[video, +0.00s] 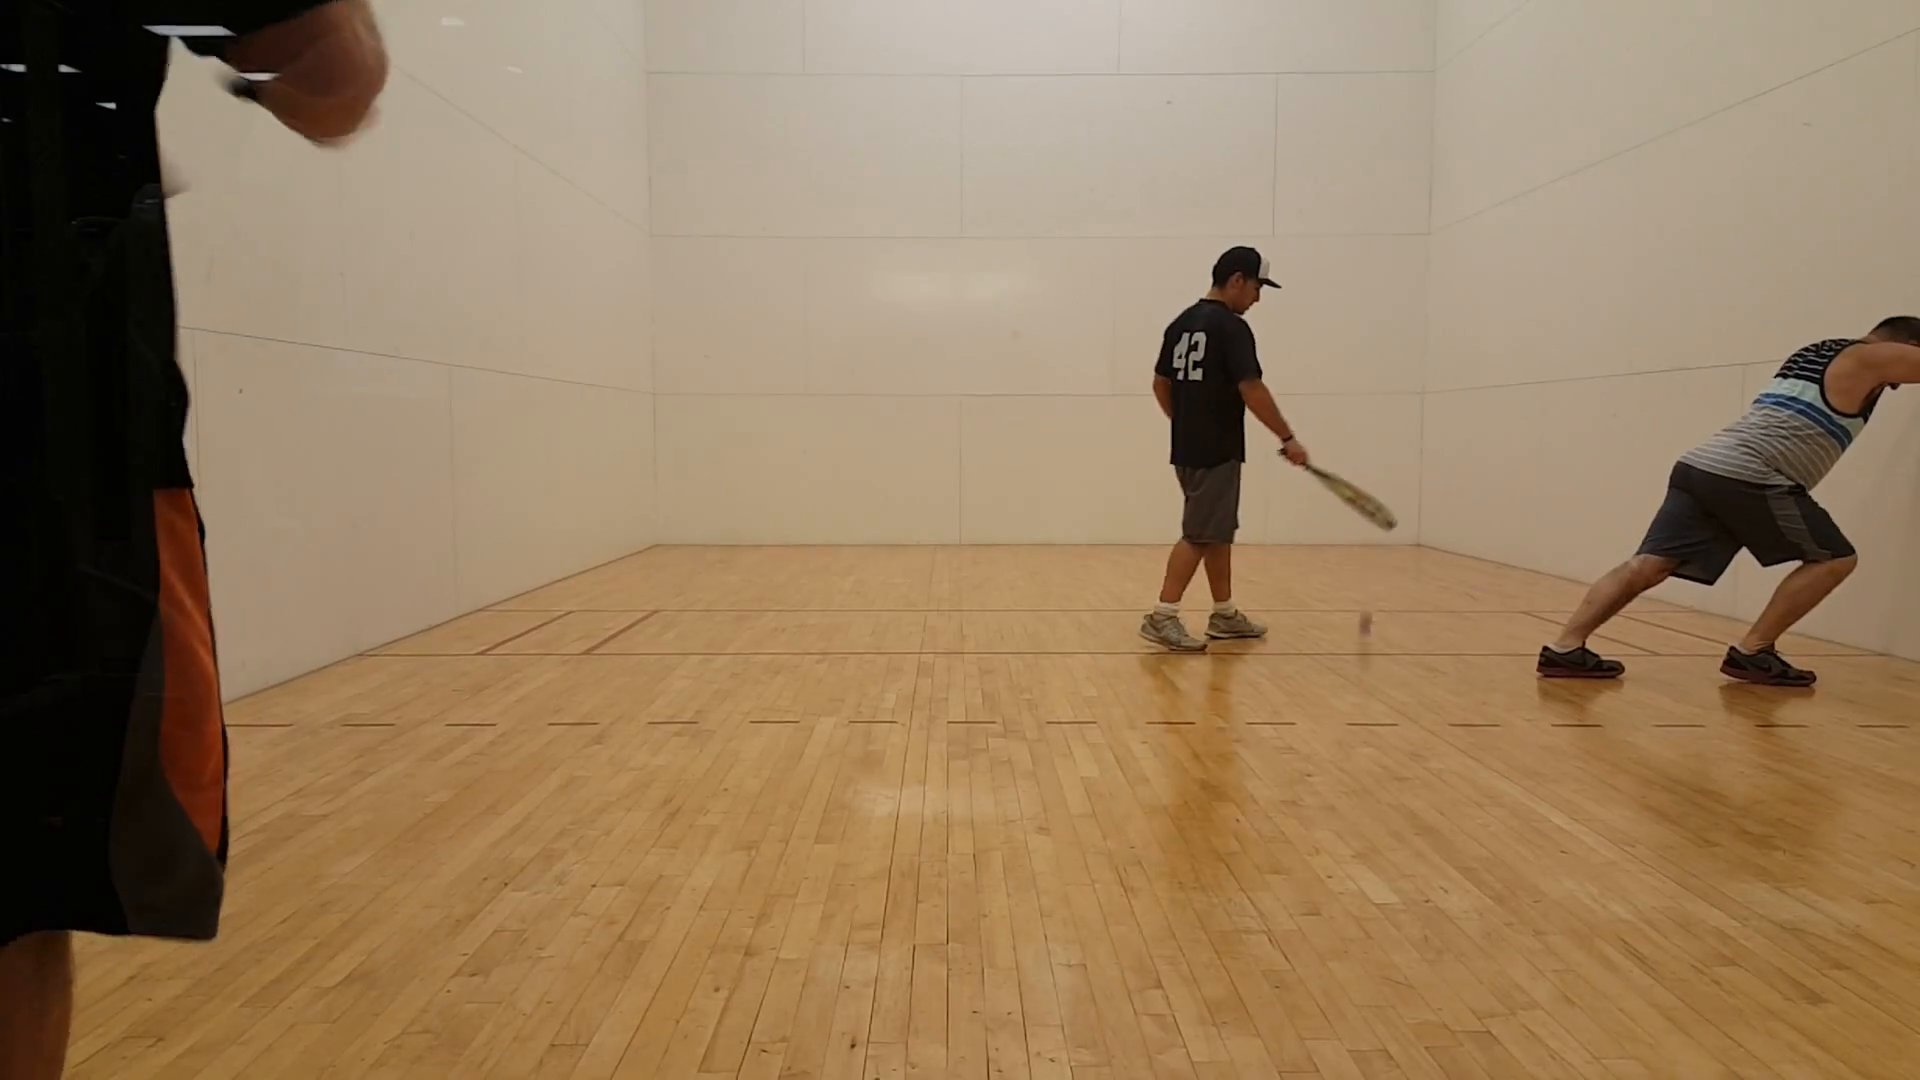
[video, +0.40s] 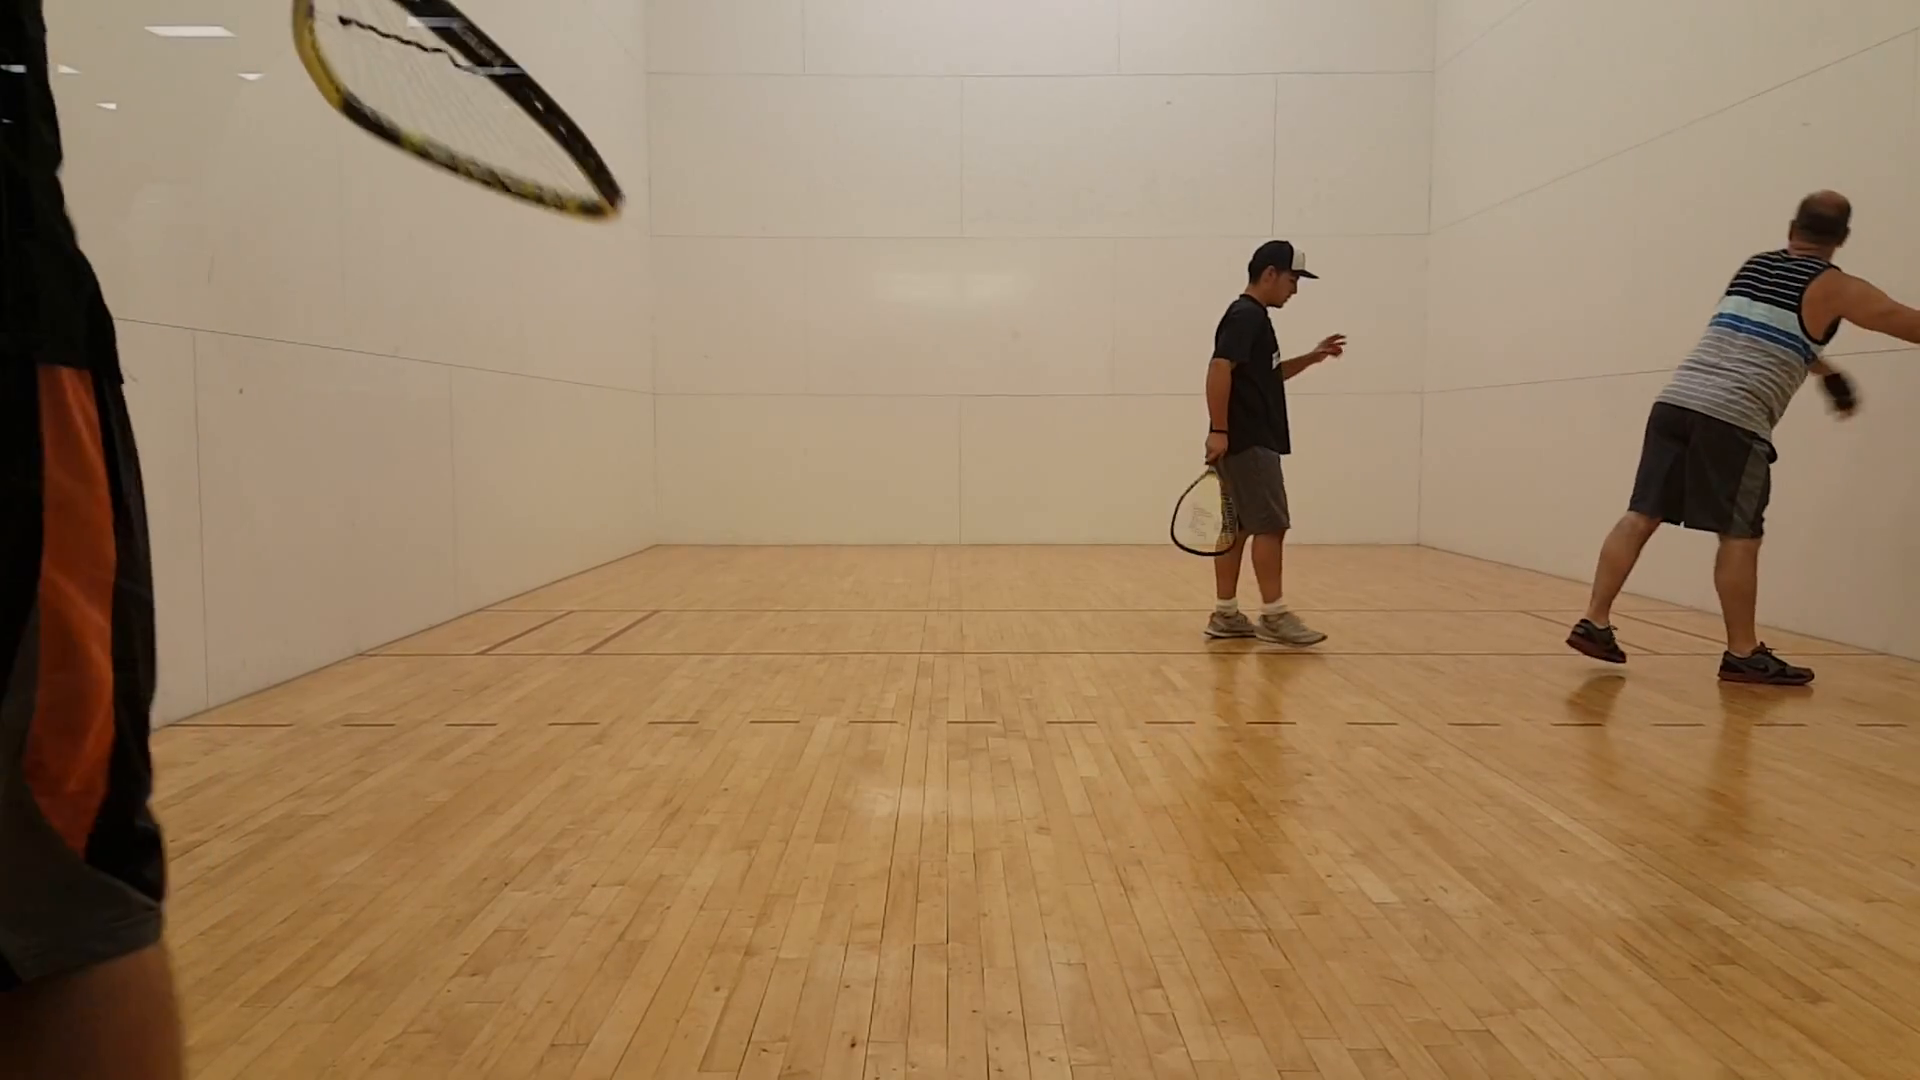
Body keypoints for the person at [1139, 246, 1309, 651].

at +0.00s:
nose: (1257, 297)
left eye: (1259, 289)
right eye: (1256, 288)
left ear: (1227, 280)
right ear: (1236, 280)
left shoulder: (1182, 321)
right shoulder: (1233, 328)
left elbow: (1162, 383)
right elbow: (1253, 391)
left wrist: (1187, 423)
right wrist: (1288, 437)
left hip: (1188, 448)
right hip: (1217, 451)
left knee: (1218, 531)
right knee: (1198, 533)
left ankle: (1224, 613)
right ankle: (1163, 616)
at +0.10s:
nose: (1267, 293)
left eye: (1269, 285)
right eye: (1265, 283)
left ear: (1236, 278)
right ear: (1245, 277)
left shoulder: (1196, 319)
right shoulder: (1238, 321)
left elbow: (1182, 382)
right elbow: (1236, 381)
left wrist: (1215, 415)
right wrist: (1253, 441)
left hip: (1202, 444)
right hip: (1225, 446)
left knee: (1226, 529)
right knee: (1227, 529)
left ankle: (1225, 613)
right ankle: (1179, 602)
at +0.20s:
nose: (1276, 291)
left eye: (1278, 283)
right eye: (1274, 281)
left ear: (1249, 275)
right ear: (1254, 275)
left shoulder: (1220, 314)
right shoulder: (1236, 317)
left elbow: (1226, 381)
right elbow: (1222, 375)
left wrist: (1265, 407)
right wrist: (1228, 435)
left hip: (1220, 443)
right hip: (1239, 444)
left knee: (1232, 526)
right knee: (1257, 522)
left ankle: (1225, 609)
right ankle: (1204, 596)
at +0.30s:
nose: (1286, 289)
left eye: (1288, 282)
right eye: (1284, 280)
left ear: (1259, 275)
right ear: (1263, 274)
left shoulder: (1246, 315)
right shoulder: (1239, 314)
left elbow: (1252, 379)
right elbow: (1217, 370)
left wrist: (1294, 373)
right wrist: (1218, 430)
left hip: (1231, 442)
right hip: (1245, 443)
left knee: (1232, 528)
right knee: (1271, 519)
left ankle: (1225, 616)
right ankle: (1238, 608)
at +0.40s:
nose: (1295, 289)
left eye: (1296, 281)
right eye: (1292, 279)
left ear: (1267, 276)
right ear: (1270, 274)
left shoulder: (1256, 317)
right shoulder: (1246, 314)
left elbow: (1267, 375)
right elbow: (1219, 369)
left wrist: (1312, 356)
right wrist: (1218, 430)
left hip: (1240, 441)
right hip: (1251, 443)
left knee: (1233, 527)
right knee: (1270, 524)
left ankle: (1225, 614)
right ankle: (1274, 615)